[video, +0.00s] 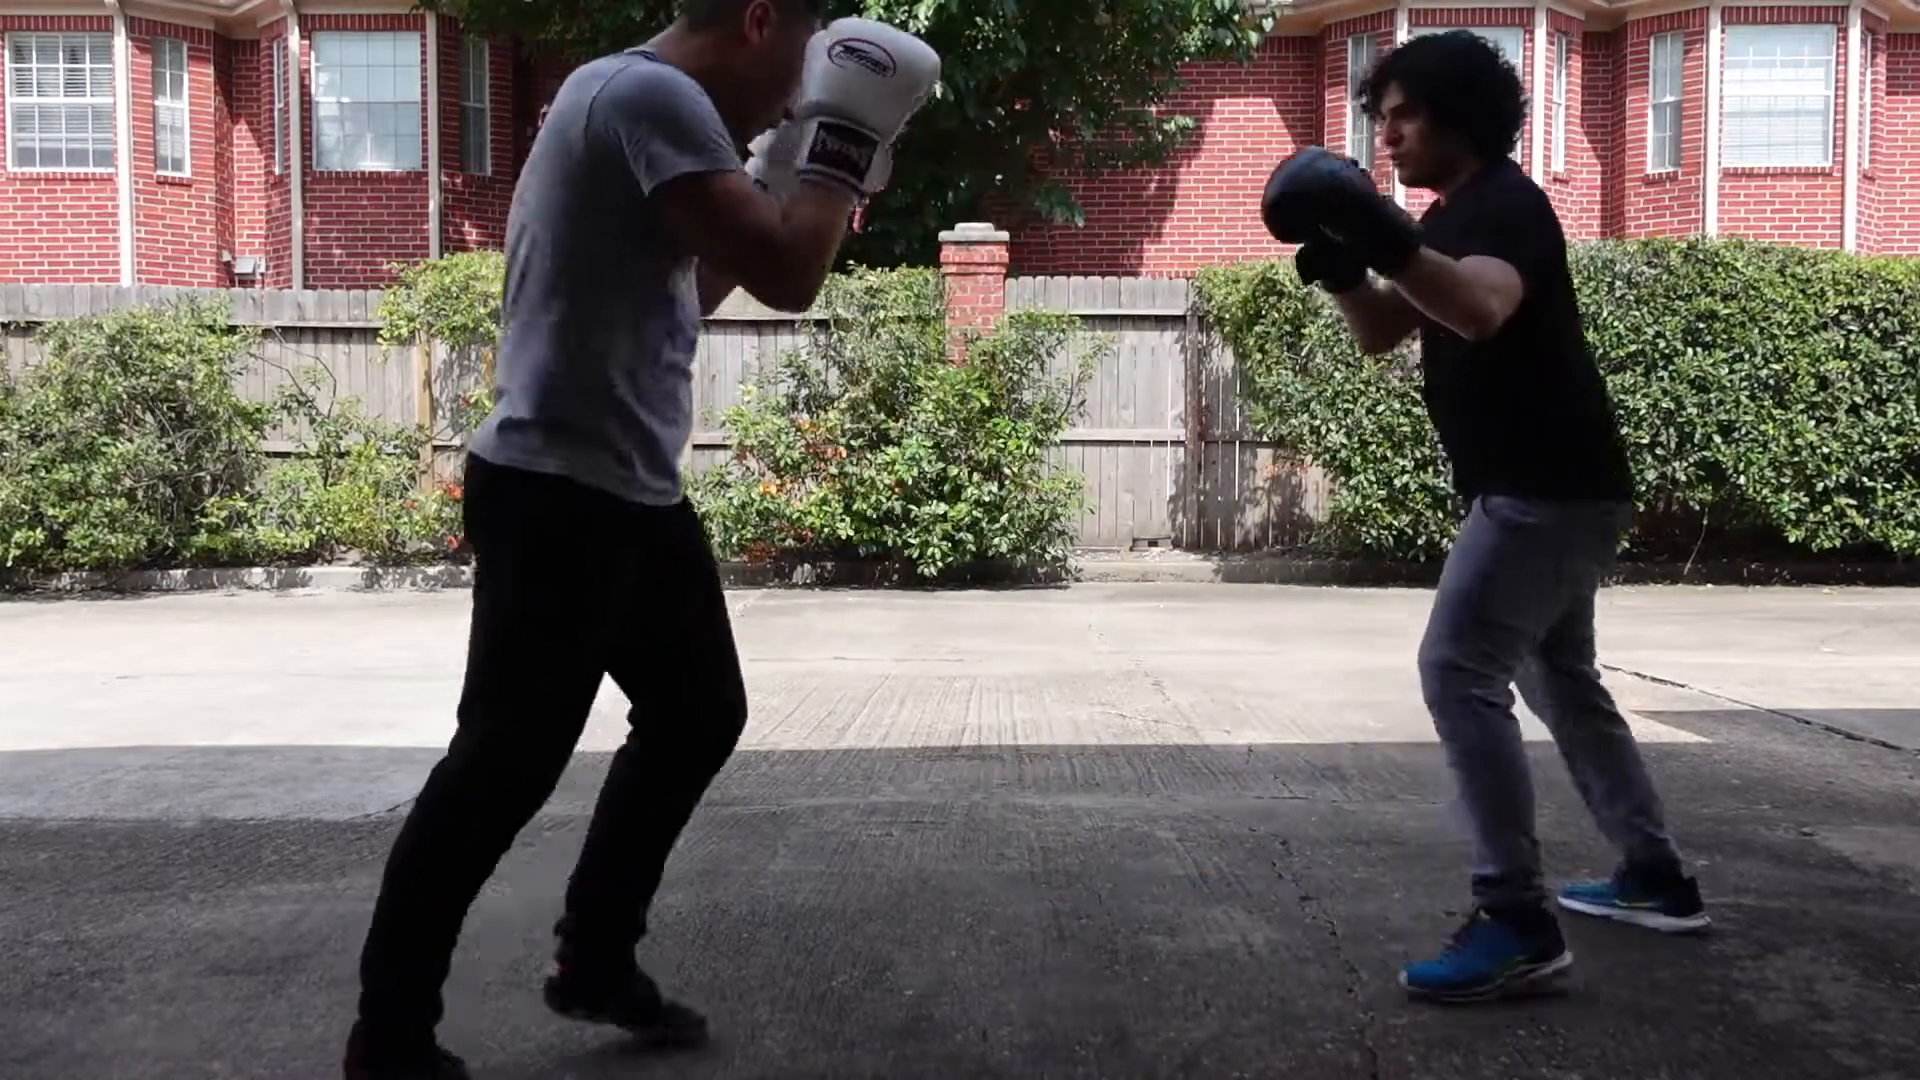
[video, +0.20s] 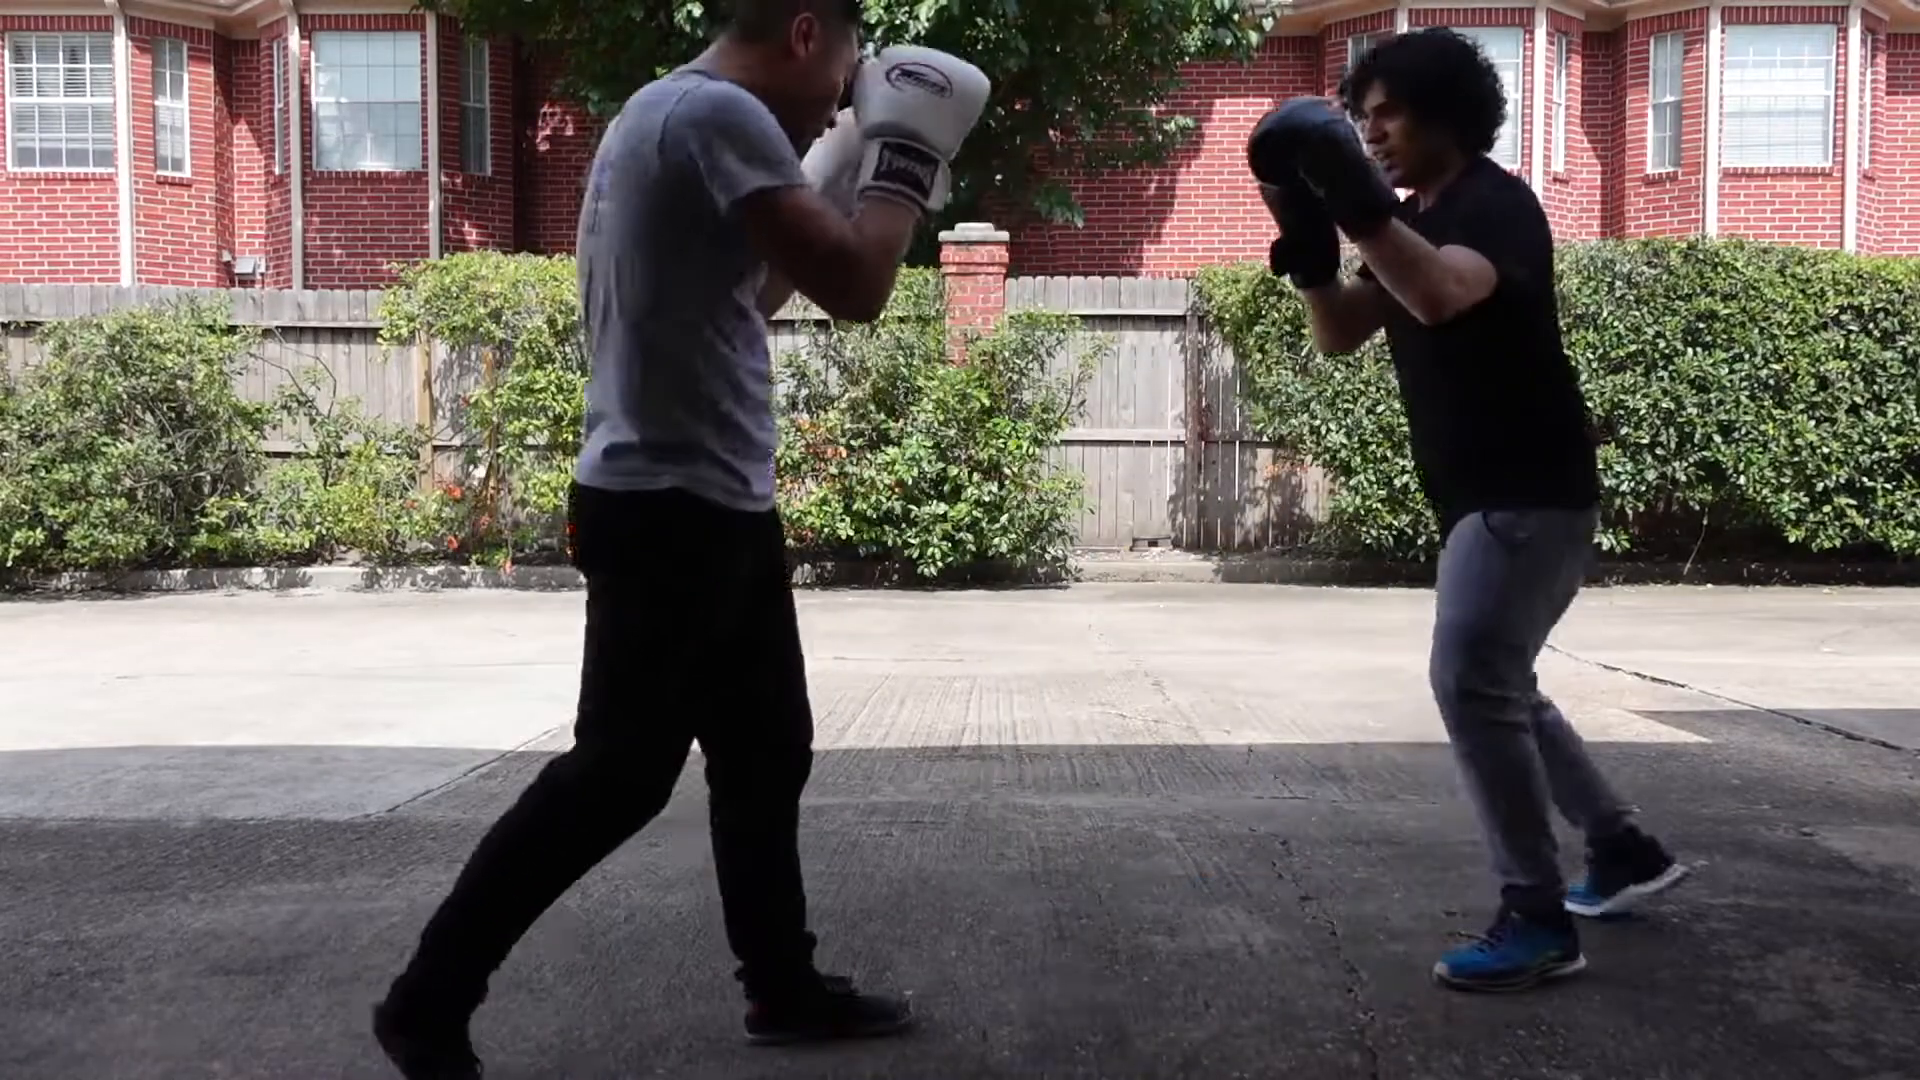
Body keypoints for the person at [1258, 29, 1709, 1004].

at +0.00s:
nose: (1384, 138)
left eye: (1397, 117)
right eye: (1381, 120)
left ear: (1451, 117)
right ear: (1436, 123)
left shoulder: (1504, 204)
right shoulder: (1447, 216)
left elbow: (1481, 309)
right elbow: (1382, 330)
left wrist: (1377, 231)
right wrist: (1333, 264)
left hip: (1544, 496)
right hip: (1537, 493)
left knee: (1457, 674)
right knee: (1559, 681)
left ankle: (1516, 918)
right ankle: (1656, 874)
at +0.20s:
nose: (1370, 137)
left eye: (1383, 117)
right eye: (1364, 122)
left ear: (1441, 115)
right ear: (1384, 127)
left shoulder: (1495, 203)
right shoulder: (1416, 219)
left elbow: (1440, 295)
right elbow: (1343, 327)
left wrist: (1350, 197)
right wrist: (1313, 253)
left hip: (1531, 501)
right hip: (1489, 501)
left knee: (1470, 685)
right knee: (1499, 686)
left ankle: (1536, 920)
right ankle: (1620, 842)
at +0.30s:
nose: (1353, 132)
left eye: (1368, 112)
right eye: (1346, 117)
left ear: (1428, 112)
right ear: (1356, 127)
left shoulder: (1481, 206)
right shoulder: (1392, 219)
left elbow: (1443, 321)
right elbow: (1331, 348)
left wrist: (1346, 225)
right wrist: (1292, 264)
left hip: (1500, 496)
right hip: (1430, 498)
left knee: (1464, 690)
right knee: (1388, 664)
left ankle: (1536, 917)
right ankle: (1539, 812)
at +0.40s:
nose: (1329, 132)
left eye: (1343, 112)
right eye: (1322, 117)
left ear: (1406, 111)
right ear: (1323, 126)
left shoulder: (1456, 202)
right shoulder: (1350, 216)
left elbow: (1425, 302)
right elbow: (1289, 324)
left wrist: (1328, 208)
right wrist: (1257, 242)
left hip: (1469, 496)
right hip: (1386, 496)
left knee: (1459, 688)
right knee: (1328, 648)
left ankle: (1536, 915)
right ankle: (1401, 823)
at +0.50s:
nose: (1298, 142)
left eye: (1314, 123)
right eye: (1294, 127)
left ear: (1372, 124)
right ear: (1304, 137)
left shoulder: (1421, 207)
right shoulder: (1316, 229)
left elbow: (1383, 285)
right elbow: (1240, 328)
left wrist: (1296, 186)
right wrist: (1221, 237)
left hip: (1426, 498)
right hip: (1342, 499)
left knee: (1440, 690)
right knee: (1287, 664)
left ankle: (1532, 912)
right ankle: (1274, 820)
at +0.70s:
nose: (1235, 164)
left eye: (1249, 144)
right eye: (1226, 150)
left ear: (1302, 145)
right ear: (1222, 162)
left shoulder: (1337, 231)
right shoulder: (1235, 249)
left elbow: (1342, 324)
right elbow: (1175, 348)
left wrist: (1245, 235)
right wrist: (1151, 274)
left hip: (1332, 504)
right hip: (1249, 508)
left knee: (1329, 662)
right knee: (1202, 670)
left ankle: (1432, 870)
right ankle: (1235, 832)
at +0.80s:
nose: (1200, 149)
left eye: (1215, 131)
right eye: (1194, 135)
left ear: (1263, 133)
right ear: (1195, 146)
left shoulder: (1309, 204)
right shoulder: (1208, 239)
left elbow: (1315, 282)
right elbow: (1151, 336)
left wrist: (1222, 195)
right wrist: (1131, 253)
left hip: (1315, 480)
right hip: (1231, 491)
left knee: (1294, 648)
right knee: (1195, 646)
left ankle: (1330, 856)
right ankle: (1230, 816)